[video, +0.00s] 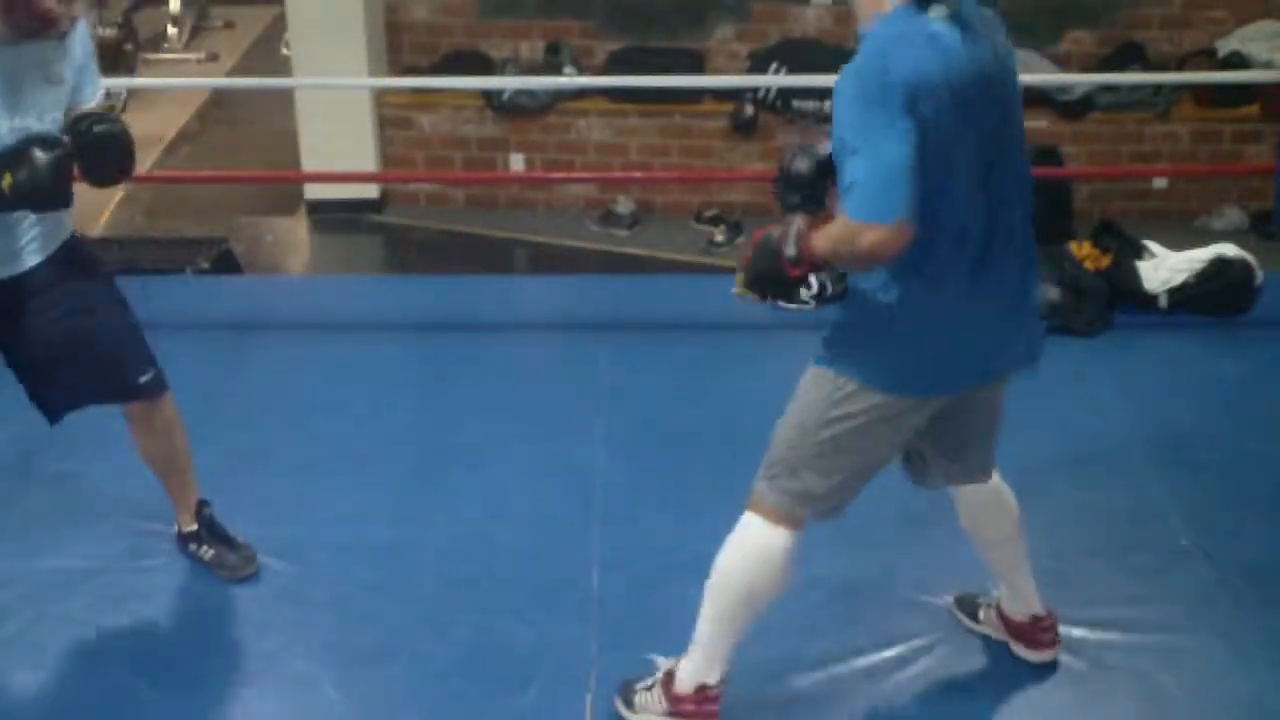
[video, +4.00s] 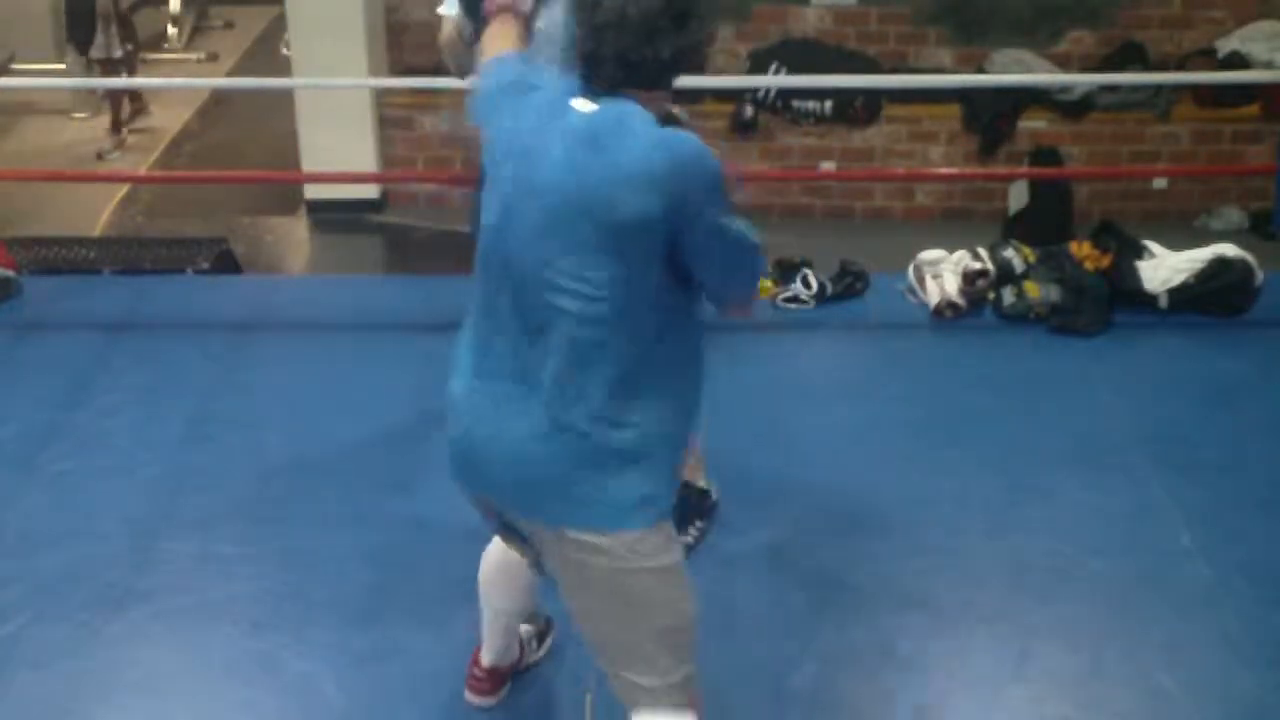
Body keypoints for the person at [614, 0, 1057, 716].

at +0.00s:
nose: (835, 8)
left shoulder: (877, 74)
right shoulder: (978, 29)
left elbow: (882, 230)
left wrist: (797, 246)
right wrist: (848, 173)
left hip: (899, 334)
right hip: (992, 318)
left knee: (778, 503)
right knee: (968, 469)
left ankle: (693, 684)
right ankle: (1027, 616)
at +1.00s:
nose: (877, 10)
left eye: (880, 4)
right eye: (882, 7)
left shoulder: (885, 80)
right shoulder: (1070, 59)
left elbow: (872, 265)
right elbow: (1114, 198)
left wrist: (819, 247)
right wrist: (1016, 218)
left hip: (919, 416)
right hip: (1047, 410)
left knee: (832, 596)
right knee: (1023, 620)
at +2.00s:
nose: (658, 15)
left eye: (661, 4)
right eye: (661, 4)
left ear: (680, 16)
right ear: (776, 13)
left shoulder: (659, 139)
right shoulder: (863, 105)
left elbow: (615, 337)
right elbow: (909, 246)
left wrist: (602, 358)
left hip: (733, 457)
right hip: (857, 432)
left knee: (662, 656)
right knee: (873, 571)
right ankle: (916, 709)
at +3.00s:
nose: (605, 52)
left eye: (611, 37)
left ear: (623, 53)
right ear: (732, 54)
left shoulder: (556, 172)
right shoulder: (785, 170)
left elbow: (473, 330)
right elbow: (769, 283)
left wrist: (554, 330)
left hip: (589, 491)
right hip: (726, 507)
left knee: (556, 612)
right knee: (731, 704)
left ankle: (524, 710)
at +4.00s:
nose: (703, 60)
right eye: (697, 48)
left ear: (590, 43)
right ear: (681, 62)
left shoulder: (519, 112)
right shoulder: (678, 165)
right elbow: (737, 287)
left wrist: (504, 15)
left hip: (485, 440)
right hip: (601, 479)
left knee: (518, 533)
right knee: (662, 697)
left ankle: (496, 656)